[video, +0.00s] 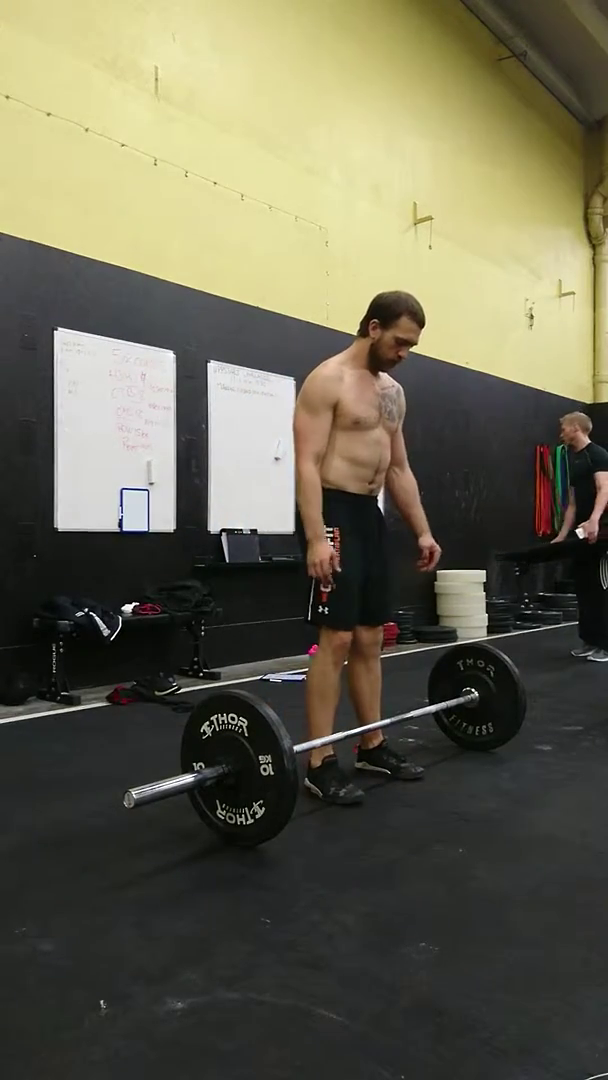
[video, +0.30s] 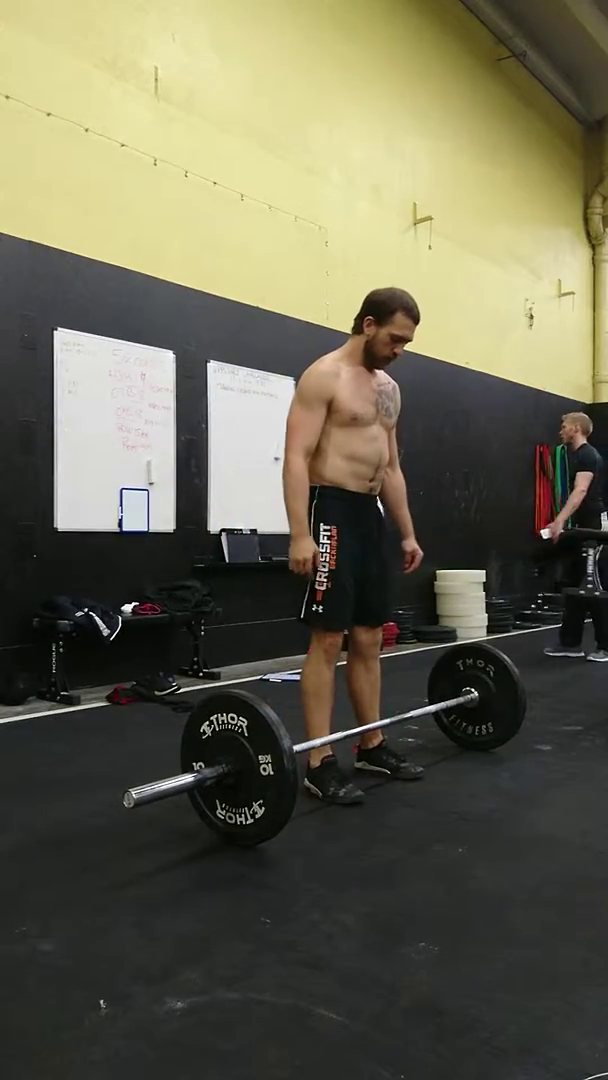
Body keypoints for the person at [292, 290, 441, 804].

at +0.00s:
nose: (404, 353)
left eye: (410, 346)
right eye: (399, 342)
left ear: (408, 341)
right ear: (371, 328)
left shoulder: (392, 390)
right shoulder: (327, 379)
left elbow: (398, 467)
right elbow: (307, 461)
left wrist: (422, 530)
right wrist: (316, 537)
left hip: (371, 516)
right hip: (332, 513)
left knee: (369, 637)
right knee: (336, 638)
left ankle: (372, 748)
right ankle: (319, 763)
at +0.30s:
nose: (400, 350)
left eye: (406, 342)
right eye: (395, 339)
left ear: (402, 337)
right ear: (367, 325)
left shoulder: (388, 388)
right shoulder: (324, 375)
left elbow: (390, 467)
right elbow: (295, 456)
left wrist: (406, 532)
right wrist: (299, 535)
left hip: (369, 516)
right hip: (329, 513)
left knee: (367, 639)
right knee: (328, 639)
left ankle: (372, 746)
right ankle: (319, 762)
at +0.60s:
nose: (398, 344)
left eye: (405, 337)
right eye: (392, 334)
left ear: (404, 333)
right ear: (364, 322)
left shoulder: (389, 385)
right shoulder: (325, 374)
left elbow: (389, 464)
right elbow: (291, 452)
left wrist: (406, 526)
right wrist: (309, 524)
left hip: (374, 516)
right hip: (335, 515)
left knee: (369, 638)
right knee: (330, 641)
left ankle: (372, 747)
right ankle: (319, 761)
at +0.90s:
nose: (403, 345)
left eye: (409, 337)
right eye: (398, 334)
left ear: (405, 334)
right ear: (368, 322)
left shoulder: (392, 385)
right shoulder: (330, 374)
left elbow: (396, 465)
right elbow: (297, 456)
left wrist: (418, 524)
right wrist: (304, 534)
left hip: (375, 514)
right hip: (336, 511)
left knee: (371, 637)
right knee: (332, 639)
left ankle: (371, 747)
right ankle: (318, 763)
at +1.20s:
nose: (426, 359)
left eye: (432, 351)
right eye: (422, 348)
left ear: (418, 343)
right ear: (394, 333)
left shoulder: (408, 398)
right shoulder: (344, 385)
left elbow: (405, 474)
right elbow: (313, 470)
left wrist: (418, 546)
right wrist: (321, 551)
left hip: (364, 516)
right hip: (324, 511)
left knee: (370, 637)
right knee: (329, 640)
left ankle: (372, 747)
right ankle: (320, 763)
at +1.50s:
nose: (459, 467)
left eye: (466, 461)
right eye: (458, 457)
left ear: (442, 440)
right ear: (434, 435)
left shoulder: (431, 483)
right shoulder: (374, 467)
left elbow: (417, 558)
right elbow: (346, 560)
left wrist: (411, 633)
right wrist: (337, 644)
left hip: (351, 535)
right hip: (301, 528)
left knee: (377, 637)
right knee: (326, 641)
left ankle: (372, 745)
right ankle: (319, 762)